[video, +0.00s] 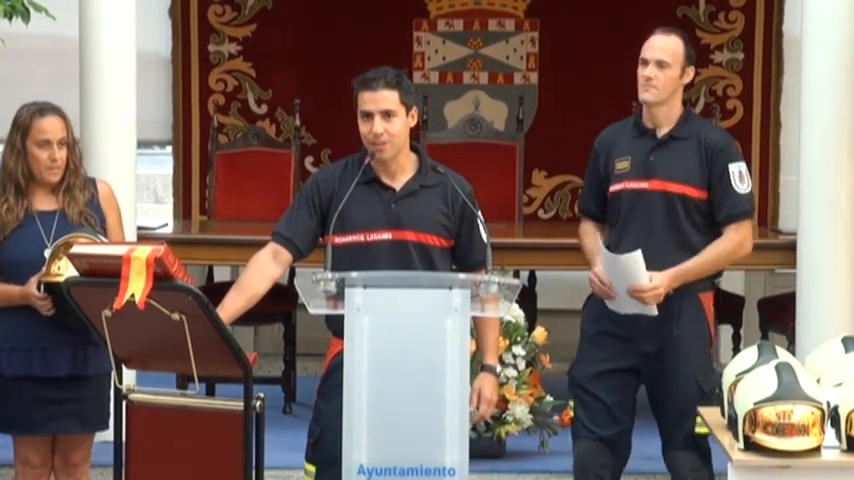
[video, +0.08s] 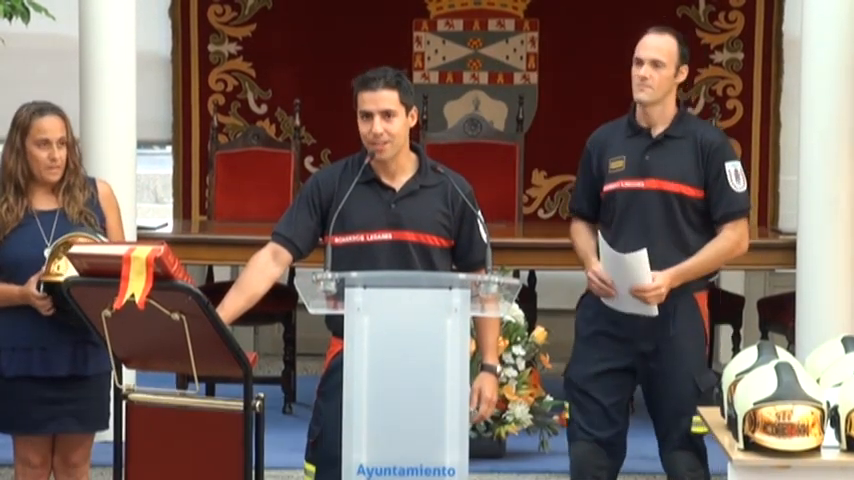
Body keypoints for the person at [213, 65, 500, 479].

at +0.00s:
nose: (376, 128)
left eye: (387, 116)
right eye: (366, 117)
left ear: (413, 118)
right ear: (356, 120)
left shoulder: (453, 192)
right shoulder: (330, 185)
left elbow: (482, 283)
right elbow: (274, 257)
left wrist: (489, 367)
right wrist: (214, 325)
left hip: (431, 359)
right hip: (352, 358)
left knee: (429, 469)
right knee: (330, 466)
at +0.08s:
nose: (376, 128)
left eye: (387, 116)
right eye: (366, 117)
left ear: (412, 118)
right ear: (356, 121)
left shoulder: (452, 192)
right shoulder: (330, 185)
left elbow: (482, 283)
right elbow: (274, 257)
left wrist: (489, 367)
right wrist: (214, 325)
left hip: (431, 359)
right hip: (352, 358)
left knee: (429, 469)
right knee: (329, 466)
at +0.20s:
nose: (377, 127)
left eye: (388, 114)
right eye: (367, 115)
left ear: (413, 117)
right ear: (357, 120)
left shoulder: (453, 191)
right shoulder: (332, 185)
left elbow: (482, 283)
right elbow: (274, 256)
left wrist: (489, 367)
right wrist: (213, 324)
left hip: (432, 357)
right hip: (353, 356)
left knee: (430, 469)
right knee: (329, 466)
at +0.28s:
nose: (377, 125)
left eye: (389, 113)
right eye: (368, 114)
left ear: (415, 117)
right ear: (358, 120)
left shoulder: (454, 191)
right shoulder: (332, 185)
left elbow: (483, 284)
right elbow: (275, 255)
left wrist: (490, 367)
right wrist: (213, 323)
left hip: (432, 358)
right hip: (353, 357)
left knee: (431, 469)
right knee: (329, 466)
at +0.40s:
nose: (380, 123)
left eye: (392, 111)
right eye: (371, 112)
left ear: (418, 117)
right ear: (362, 119)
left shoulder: (458, 192)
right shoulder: (336, 184)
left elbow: (484, 285)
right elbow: (277, 253)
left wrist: (491, 367)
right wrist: (212, 321)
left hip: (434, 359)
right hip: (354, 357)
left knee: (431, 470)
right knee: (330, 468)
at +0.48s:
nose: (382, 123)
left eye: (394, 111)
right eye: (374, 112)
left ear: (421, 117)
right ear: (365, 119)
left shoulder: (461, 193)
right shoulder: (338, 185)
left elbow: (487, 286)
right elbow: (279, 251)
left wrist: (492, 369)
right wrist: (213, 317)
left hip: (435, 360)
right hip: (356, 358)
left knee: (432, 470)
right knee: (331, 468)